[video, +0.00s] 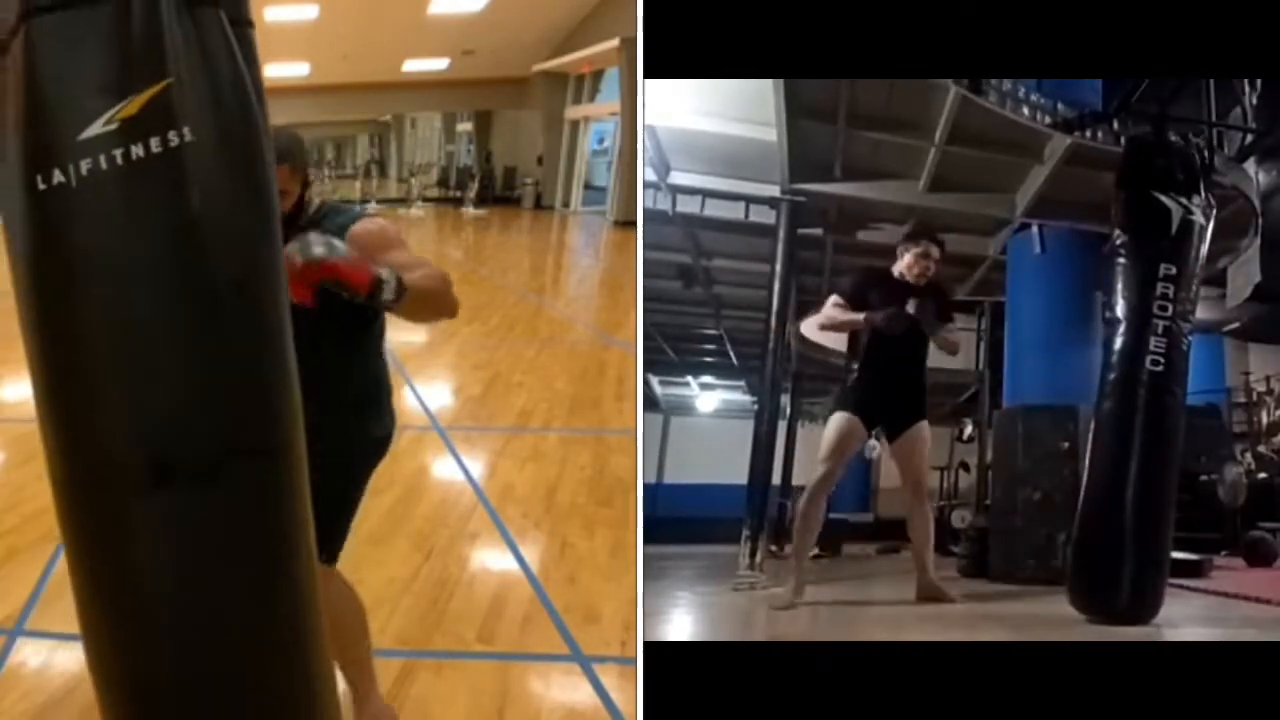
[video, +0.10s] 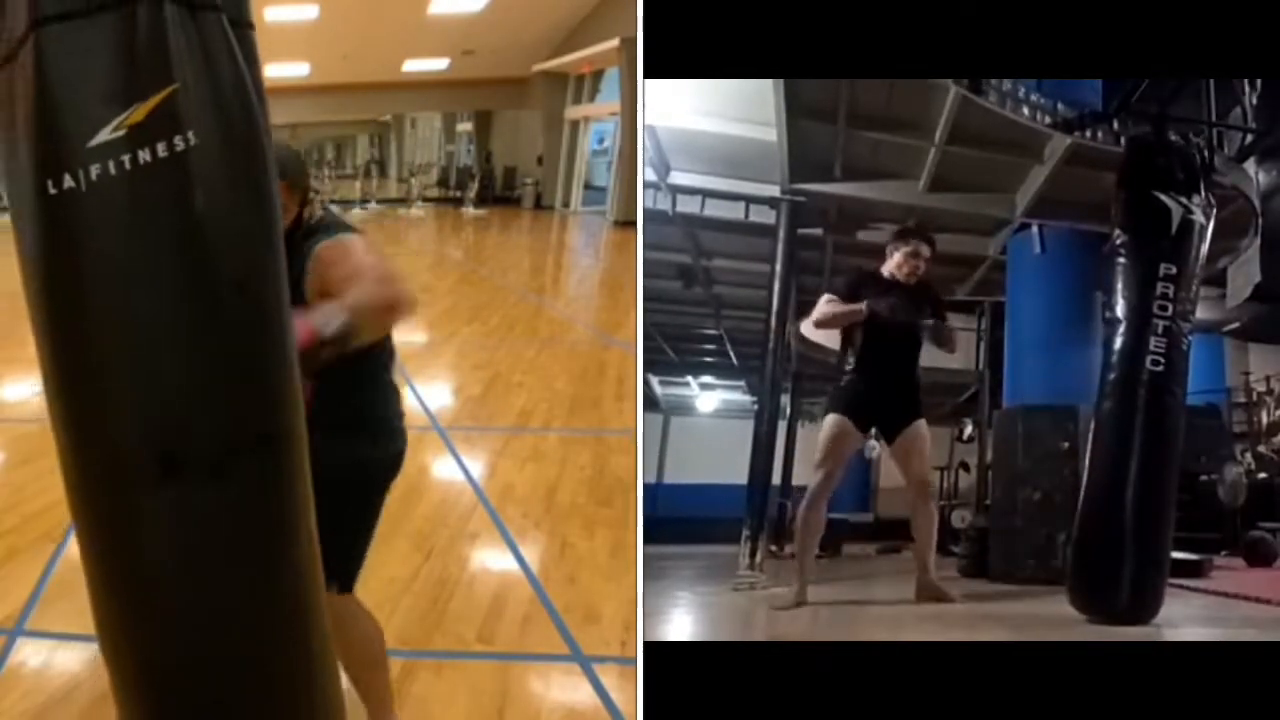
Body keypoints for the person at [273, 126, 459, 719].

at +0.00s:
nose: (269, 202)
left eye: (280, 190)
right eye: (261, 189)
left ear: (302, 185)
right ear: (249, 185)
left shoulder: (351, 231)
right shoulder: (240, 231)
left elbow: (442, 300)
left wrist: (372, 282)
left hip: (345, 419)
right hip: (278, 415)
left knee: (313, 562)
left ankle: (368, 703)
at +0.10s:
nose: (258, 211)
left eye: (265, 199)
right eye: (253, 199)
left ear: (291, 197)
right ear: (266, 199)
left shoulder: (329, 246)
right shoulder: (263, 245)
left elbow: (386, 294)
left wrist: (322, 320)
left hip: (354, 439)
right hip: (294, 432)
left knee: (328, 590)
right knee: (299, 583)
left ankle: (380, 710)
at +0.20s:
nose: (277, 249)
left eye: (290, 235)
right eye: (266, 236)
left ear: (322, 220)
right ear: (252, 226)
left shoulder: (362, 262)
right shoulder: (257, 267)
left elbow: (419, 323)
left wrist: (333, 353)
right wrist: (257, 352)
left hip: (376, 453)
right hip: (294, 446)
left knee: (361, 596)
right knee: (278, 557)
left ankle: (391, 710)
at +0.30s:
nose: (320, 248)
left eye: (333, 233)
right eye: (305, 235)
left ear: (365, 213)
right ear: (289, 222)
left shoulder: (413, 257)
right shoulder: (277, 269)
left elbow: (524, 327)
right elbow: (222, 327)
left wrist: (450, 289)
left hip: (399, 463)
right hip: (311, 459)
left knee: (400, 616)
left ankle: (397, 714)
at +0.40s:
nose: (357, 247)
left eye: (370, 232)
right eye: (340, 235)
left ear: (399, 207)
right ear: (320, 216)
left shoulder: (437, 249)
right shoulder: (286, 277)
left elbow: (511, 320)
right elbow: (204, 333)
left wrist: (496, 285)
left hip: (411, 457)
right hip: (321, 456)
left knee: (409, 608)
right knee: (314, 550)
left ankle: (398, 714)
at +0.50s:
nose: (351, 236)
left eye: (365, 220)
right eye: (335, 223)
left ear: (392, 202)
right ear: (314, 209)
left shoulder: (427, 249)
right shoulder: (279, 269)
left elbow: (510, 319)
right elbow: (200, 323)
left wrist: (496, 294)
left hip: (407, 453)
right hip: (318, 449)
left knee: (404, 608)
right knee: (314, 541)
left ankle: (395, 713)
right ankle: (331, 602)